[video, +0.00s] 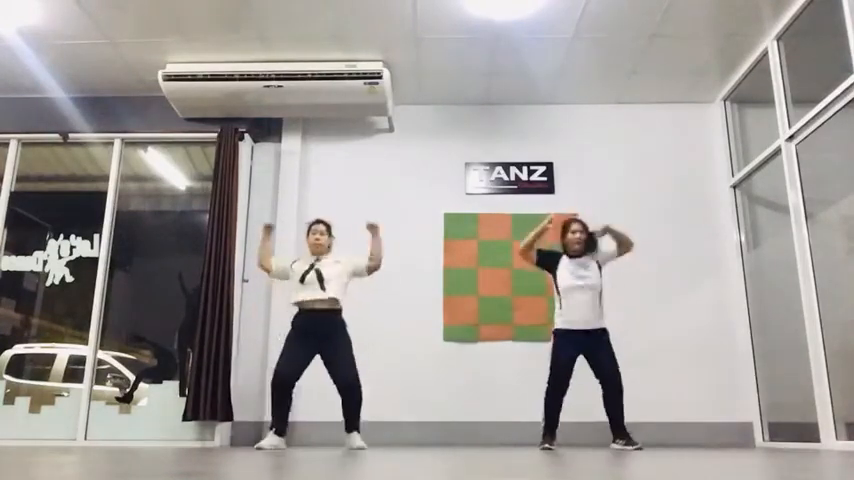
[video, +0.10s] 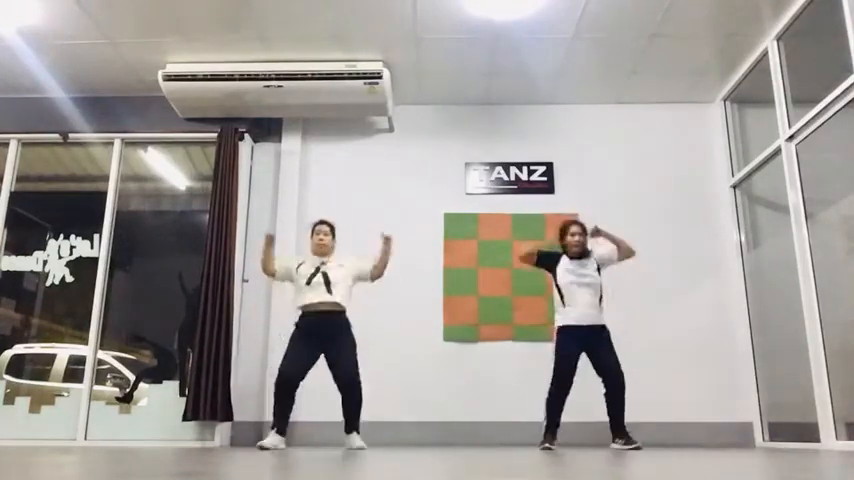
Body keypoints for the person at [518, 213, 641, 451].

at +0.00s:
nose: (577, 236)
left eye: (581, 232)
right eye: (572, 232)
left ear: (588, 238)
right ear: (563, 239)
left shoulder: (597, 260)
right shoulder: (555, 261)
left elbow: (626, 246)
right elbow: (525, 251)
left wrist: (608, 230)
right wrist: (543, 227)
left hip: (596, 334)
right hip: (566, 335)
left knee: (613, 383)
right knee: (557, 385)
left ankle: (620, 435)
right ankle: (548, 435)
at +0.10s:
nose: (576, 239)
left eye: (580, 235)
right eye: (571, 235)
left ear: (587, 239)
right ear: (563, 240)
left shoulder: (596, 261)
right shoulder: (556, 261)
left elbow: (628, 252)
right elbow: (524, 256)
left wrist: (603, 234)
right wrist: (548, 248)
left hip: (596, 330)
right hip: (569, 331)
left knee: (615, 380)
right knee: (561, 383)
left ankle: (619, 434)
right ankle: (549, 435)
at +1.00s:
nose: (559, 252)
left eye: (563, 247)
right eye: (554, 247)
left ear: (568, 251)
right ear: (544, 252)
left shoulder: (578, 269)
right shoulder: (540, 280)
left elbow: (605, 290)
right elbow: (527, 314)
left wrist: (609, 326)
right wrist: (546, 341)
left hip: (594, 334)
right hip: (566, 340)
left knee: (621, 367)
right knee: (551, 383)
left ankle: (628, 424)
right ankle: (541, 434)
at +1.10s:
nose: (564, 255)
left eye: (567, 251)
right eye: (558, 251)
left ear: (572, 255)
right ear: (548, 256)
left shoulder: (581, 273)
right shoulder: (543, 286)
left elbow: (610, 292)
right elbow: (533, 321)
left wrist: (613, 327)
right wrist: (554, 346)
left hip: (599, 337)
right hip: (571, 344)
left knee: (625, 372)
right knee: (556, 385)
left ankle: (631, 426)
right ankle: (542, 433)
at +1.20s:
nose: (570, 260)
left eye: (573, 257)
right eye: (564, 257)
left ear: (577, 261)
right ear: (555, 263)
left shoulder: (587, 280)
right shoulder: (550, 292)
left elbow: (614, 300)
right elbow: (537, 326)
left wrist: (619, 335)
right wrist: (558, 350)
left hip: (606, 344)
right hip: (576, 348)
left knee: (624, 386)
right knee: (557, 389)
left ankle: (629, 434)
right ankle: (542, 434)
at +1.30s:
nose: (573, 262)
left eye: (576, 258)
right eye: (568, 258)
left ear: (580, 263)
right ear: (558, 264)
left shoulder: (591, 282)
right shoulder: (553, 293)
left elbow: (618, 301)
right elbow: (540, 327)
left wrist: (621, 336)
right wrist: (559, 350)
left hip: (607, 344)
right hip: (578, 348)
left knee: (625, 385)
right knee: (558, 389)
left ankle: (629, 434)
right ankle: (544, 434)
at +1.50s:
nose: (575, 258)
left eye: (579, 254)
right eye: (570, 254)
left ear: (583, 259)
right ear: (562, 260)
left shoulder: (592, 284)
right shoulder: (553, 287)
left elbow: (620, 304)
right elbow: (538, 319)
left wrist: (618, 341)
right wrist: (550, 348)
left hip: (601, 348)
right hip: (570, 351)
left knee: (624, 383)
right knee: (553, 388)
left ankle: (629, 434)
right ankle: (547, 435)